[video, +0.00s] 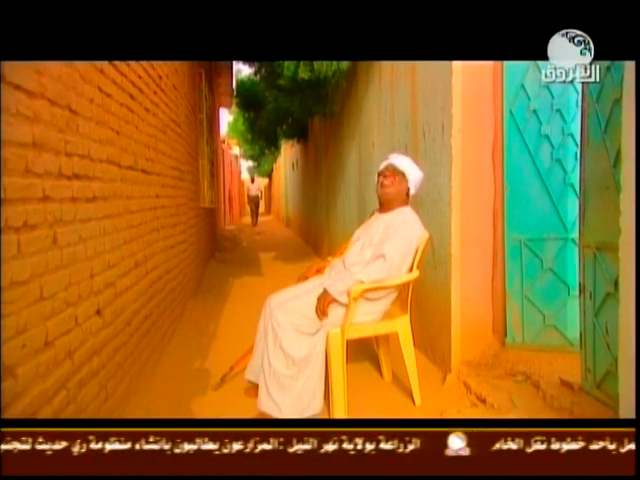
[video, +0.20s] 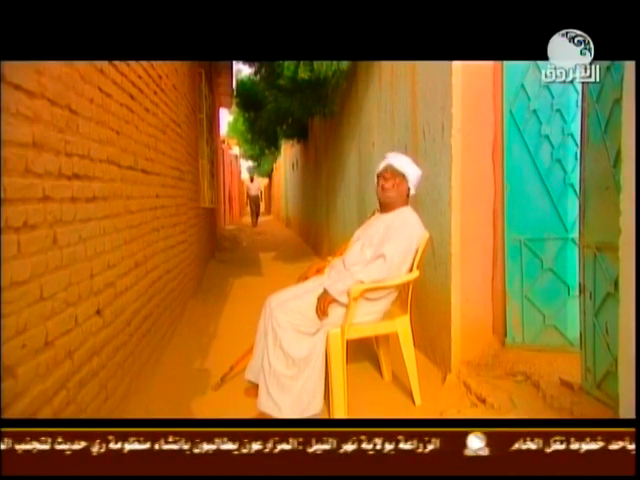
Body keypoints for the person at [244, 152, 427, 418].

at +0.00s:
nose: (385, 179)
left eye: (394, 175)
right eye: (382, 175)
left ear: (408, 187)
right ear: (377, 183)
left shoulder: (406, 223)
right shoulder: (381, 216)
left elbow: (388, 270)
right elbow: (354, 255)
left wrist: (336, 291)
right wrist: (325, 267)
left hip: (362, 300)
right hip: (341, 283)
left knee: (284, 315)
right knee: (274, 304)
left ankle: (289, 405)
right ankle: (265, 377)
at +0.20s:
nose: (385, 183)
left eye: (394, 178)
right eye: (382, 177)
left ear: (408, 188)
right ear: (377, 184)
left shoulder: (407, 223)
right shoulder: (382, 217)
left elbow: (387, 270)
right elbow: (354, 255)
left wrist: (336, 291)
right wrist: (325, 267)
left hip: (361, 300)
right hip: (341, 284)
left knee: (284, 315)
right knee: (274, 303)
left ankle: (290, 405)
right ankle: (266, 378)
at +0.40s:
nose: (384, 188)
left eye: (392, 182)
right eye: (378, 183)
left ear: (405, 189)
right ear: (372, 190)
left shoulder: (406, 224)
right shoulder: (382, 217)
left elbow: (386, 270)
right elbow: (354, 255)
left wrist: (335, 291)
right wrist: (325, 268)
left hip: (362, 300)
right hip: (341, 284)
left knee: (284, 315)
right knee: (274, 303)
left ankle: (290, 405)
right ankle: (265, 377)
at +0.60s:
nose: (380, 191)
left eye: (387, 184)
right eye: (374, 186)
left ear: (400, 189)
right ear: (369, 192)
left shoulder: (405, 224)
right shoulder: (380, 218)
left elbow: (385, 270)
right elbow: (352, 255)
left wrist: (335, 291)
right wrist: (323, 268)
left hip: (362, 300)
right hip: (341, 284)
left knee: (284, 316)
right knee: (274, 304)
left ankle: (290, 404)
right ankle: (265, 377)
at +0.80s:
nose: (381, 191)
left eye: (388, 184)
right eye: (375, 186)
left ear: (401, 189)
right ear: (369, 192)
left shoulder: (405, 224)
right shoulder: (381, 218)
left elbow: (384, 270)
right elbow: (352, 255)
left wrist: (335, 291)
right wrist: (324, 268)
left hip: (363, 300)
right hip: (341, 284)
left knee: (284, 315)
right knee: (274, 304)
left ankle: (290, 405)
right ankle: (265, 377)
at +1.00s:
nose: (379, 192)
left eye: (386, 185)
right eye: (373, 187)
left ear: (400, 190)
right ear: (367, 193)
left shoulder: (405, 223)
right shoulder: (378, 219)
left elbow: (386, 270)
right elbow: (351, 256)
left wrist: (335, 291)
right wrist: (323, 270)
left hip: (363, 300)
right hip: (340, 284)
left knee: (285, 316)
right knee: (275, 304)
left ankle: (289, 406)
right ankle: (265, 377)